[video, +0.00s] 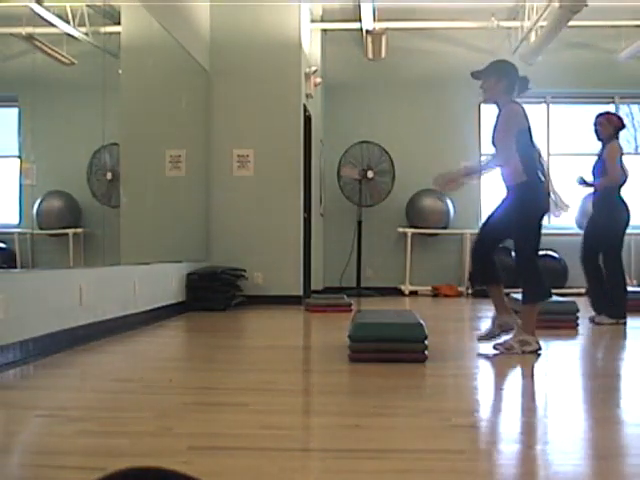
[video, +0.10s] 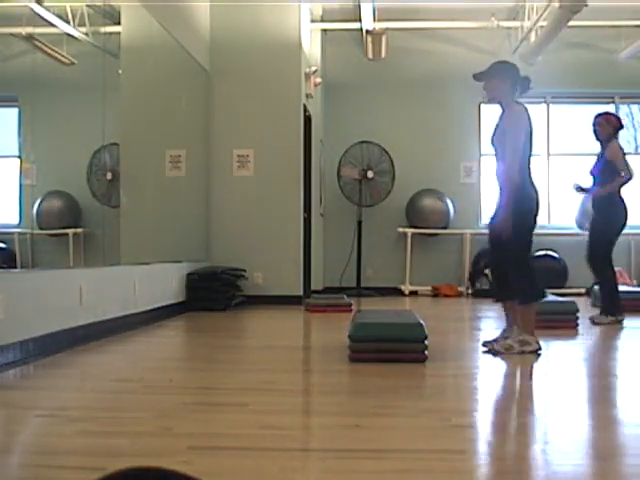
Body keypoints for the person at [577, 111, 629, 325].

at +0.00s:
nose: (597, 129)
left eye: (601, 125)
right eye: (596, 125)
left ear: (613, 127)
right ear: (600, 129)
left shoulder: (611, 148)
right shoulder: (612, 148)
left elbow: (614, 177)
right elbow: (623, 175)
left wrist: (592, 183)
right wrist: (599, 185)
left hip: (606, 206)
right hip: (614, 205)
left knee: (589, 256)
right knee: (612, 257)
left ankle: (605, 309)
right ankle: (616, 309)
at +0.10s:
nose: (596, 129)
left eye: (600, 126)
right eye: (595, 126)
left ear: (612, 127)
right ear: (596, 129)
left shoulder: (613, 148)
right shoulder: (605, 150)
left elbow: (627, 174)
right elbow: (606, 179)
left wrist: (604, 191)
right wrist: (589, 189)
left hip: (610, 207)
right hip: (603, 206)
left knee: (599, 257)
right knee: (597, 257)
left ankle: (612, 310)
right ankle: (610, 307)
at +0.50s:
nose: (599, 130)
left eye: (603, 126)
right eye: (598, 127)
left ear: (615, 129)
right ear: (599, 130)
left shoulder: (616, 149)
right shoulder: (608, 151)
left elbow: (626, 176)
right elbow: (611, 179)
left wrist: (603, 188)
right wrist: (594, 194)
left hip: (610, 207)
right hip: (602, 207)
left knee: (604, 258)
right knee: (600, 258)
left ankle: (616, 309)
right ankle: (611, 306)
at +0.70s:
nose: (592, 133)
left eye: (595, 129)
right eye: (591, 130)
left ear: (608, 130)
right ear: (607, 134)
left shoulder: (605, 149)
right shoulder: (615, 151)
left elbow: (597, 174)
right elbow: (632, 159)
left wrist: (576, 171)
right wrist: (624, 183)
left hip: (614, 212)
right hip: (627, 212)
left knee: (574, 233)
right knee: (615, 262)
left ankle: (584, 282)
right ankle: (619, 311)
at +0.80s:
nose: (596, 129)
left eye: (600, 125)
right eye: (594, 126)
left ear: (612, 127)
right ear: (596, 129)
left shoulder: (609, 146)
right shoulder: (618, 150)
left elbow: (604, 173)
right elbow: (629, 166)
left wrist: (581, 176)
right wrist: (617, 183)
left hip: (612, 209)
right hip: (626, 209)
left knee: (578, 240)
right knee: (619, 260)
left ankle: (595, 288)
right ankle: (620, 312)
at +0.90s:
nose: (600, 130)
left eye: (604, 126)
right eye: (599, 126)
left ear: (615, 129)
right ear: (600, 131)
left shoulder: (615, 149)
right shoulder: (611, 150)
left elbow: (618, 178)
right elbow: (614, 179)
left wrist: (597, 185)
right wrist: (597, 185)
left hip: (612, 206)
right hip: (613, 204)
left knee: (593, 256)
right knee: (615, 258)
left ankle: (615, 309)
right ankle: (615, 307)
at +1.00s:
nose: (601, 129)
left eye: (605, 126)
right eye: (599, 126)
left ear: (616, 129)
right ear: (598, 130)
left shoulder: (619, 150)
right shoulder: (607, 153)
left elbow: (634, 174)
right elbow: (604, 184)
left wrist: (613, 189)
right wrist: (584, 187)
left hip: (613, 208)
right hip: (604, 208)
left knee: (604, 257)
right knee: (604, 257)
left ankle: (618, 309)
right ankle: (615, 306)